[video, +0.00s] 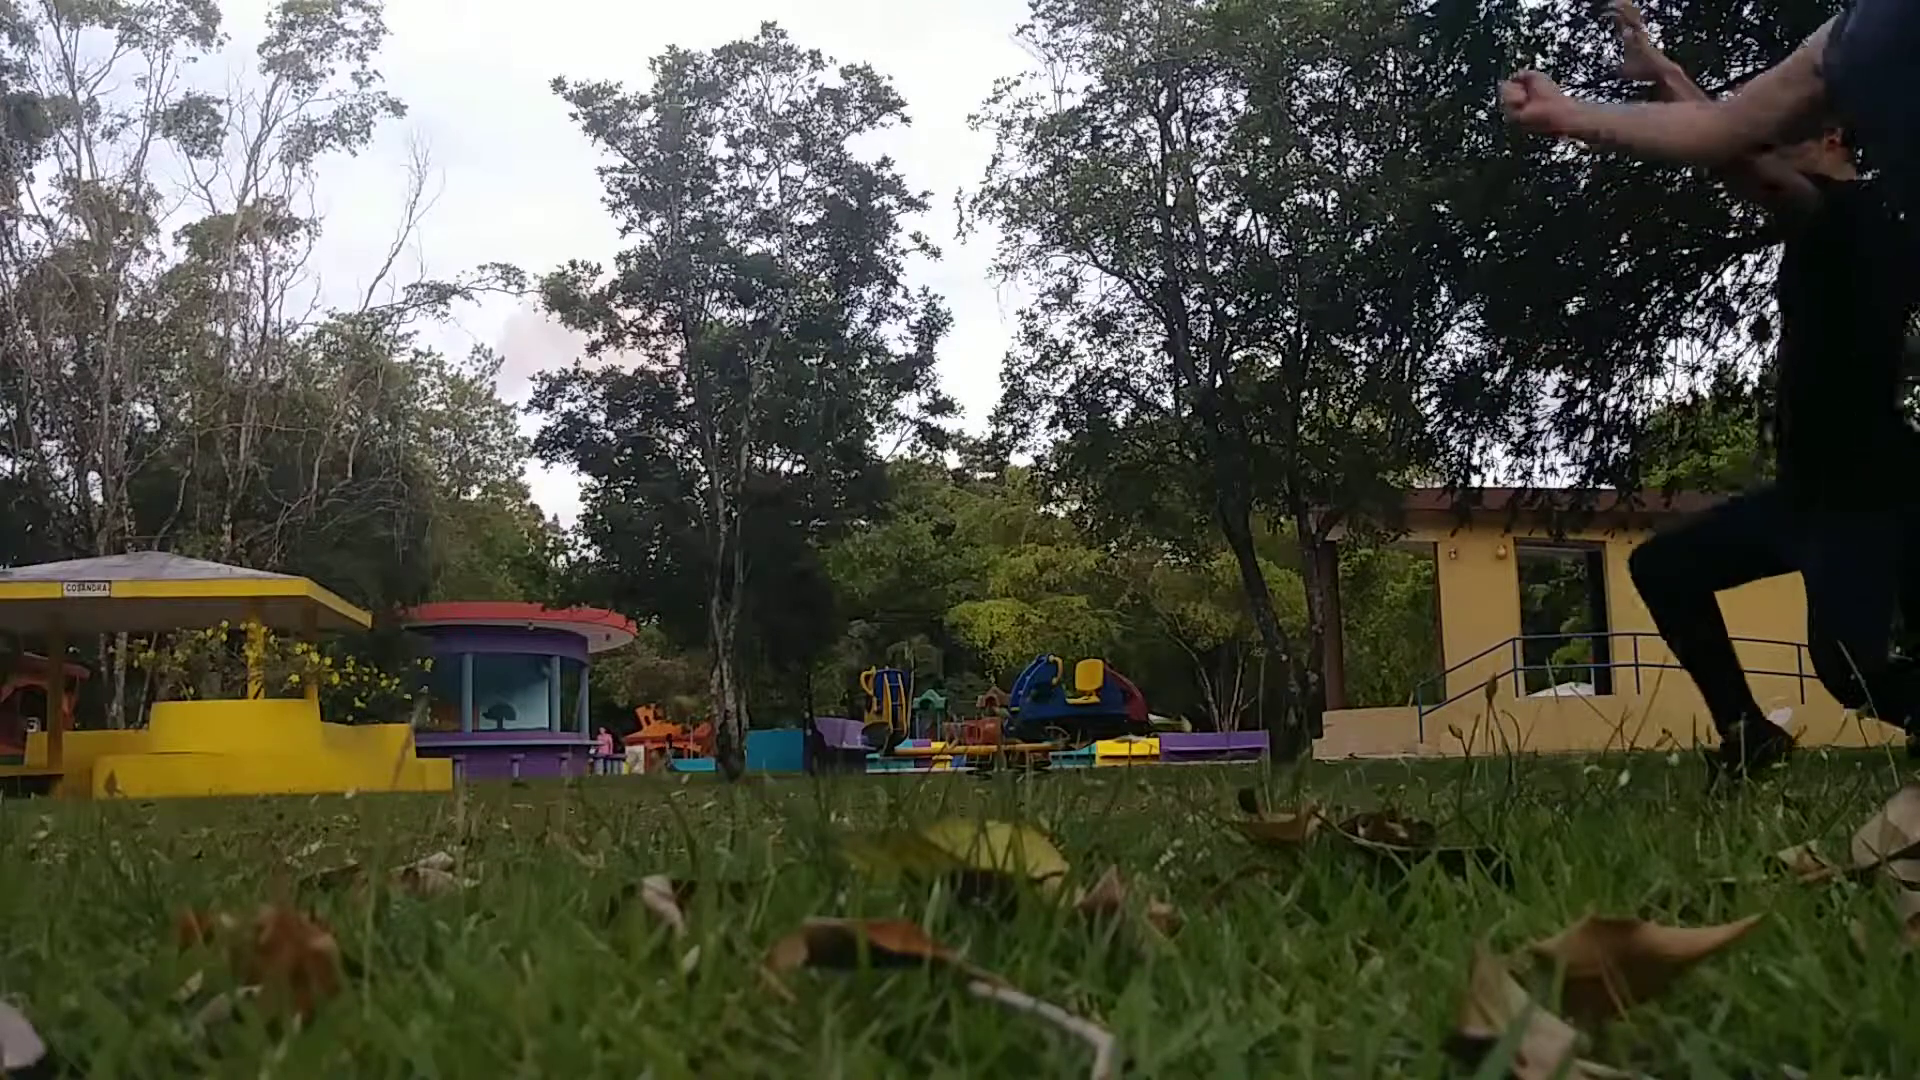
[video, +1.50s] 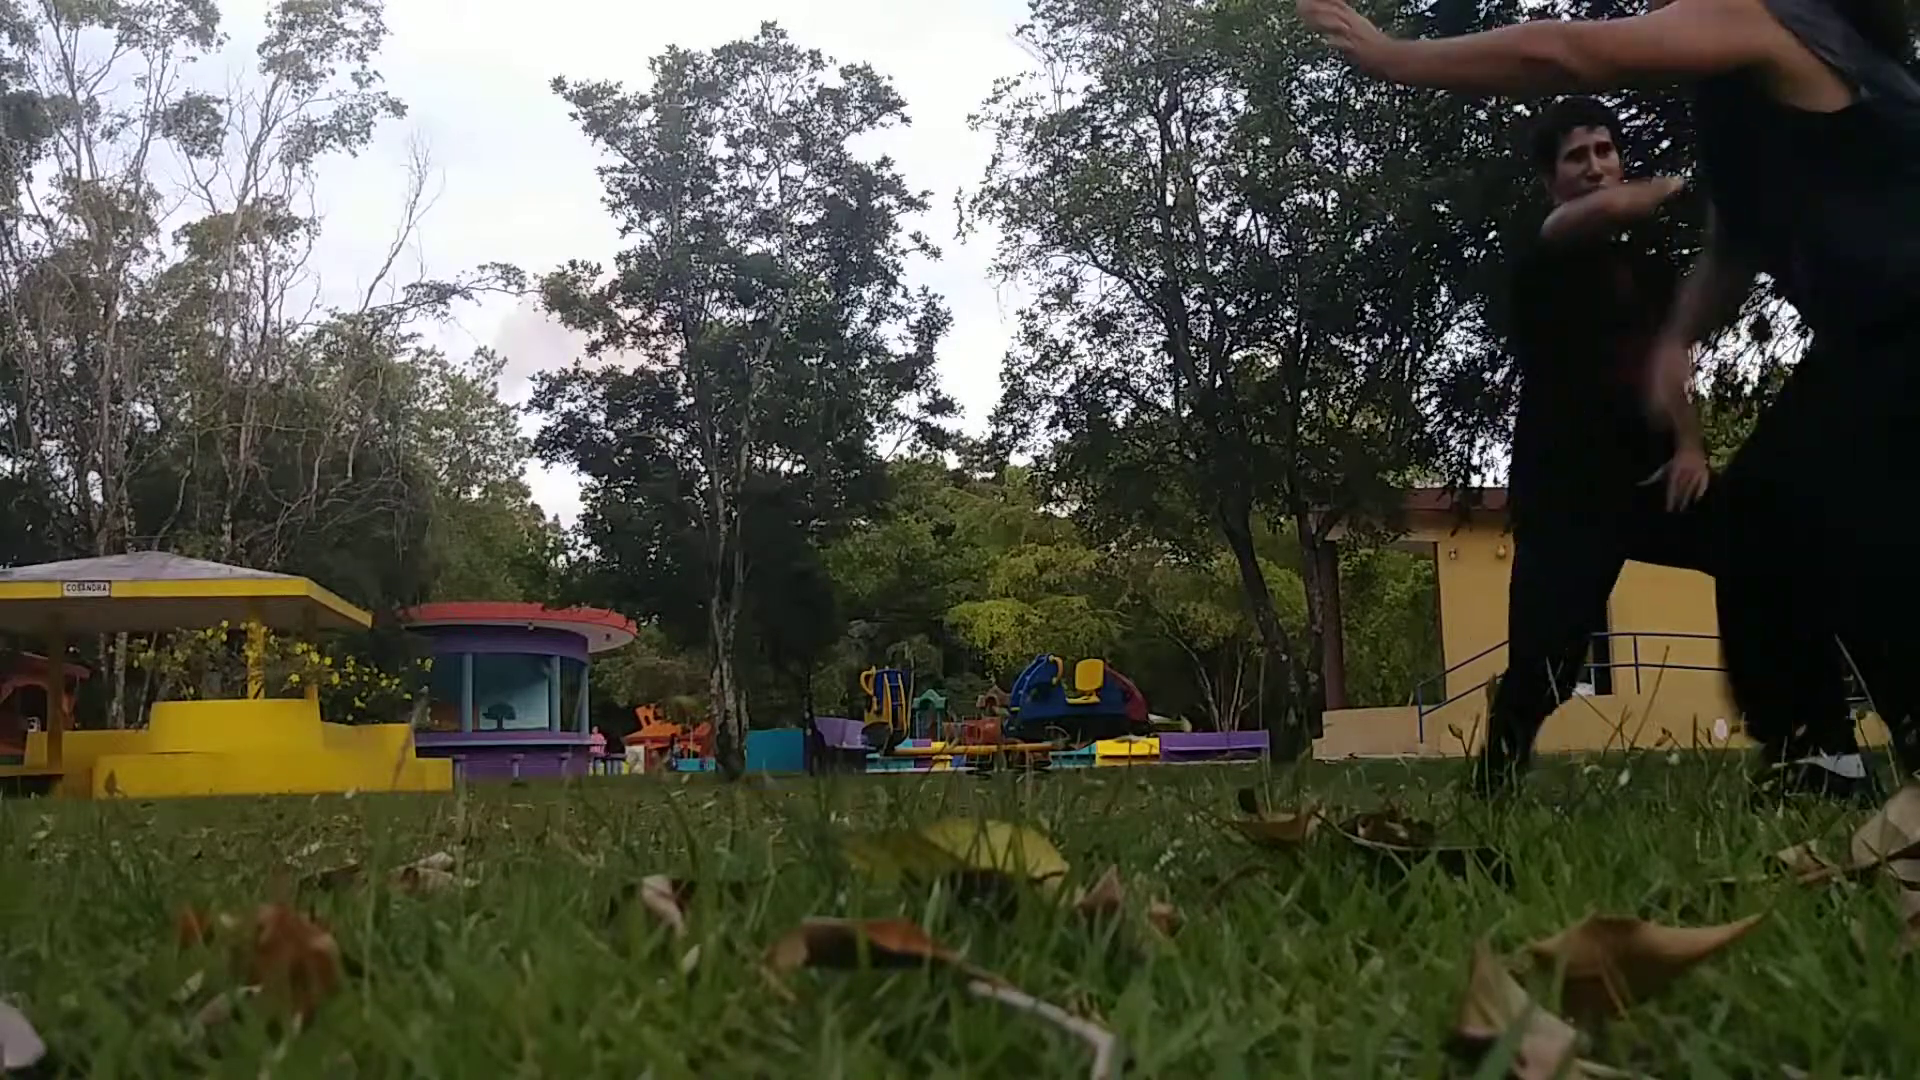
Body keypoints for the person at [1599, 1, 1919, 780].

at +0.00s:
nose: (1782, 166)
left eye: (1796, 147)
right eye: (1782, 151)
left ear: (1835, 145)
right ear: (1817, 153)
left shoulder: (1861, 218)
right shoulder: (1819, 216)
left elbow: (1744, 160)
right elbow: (1737, 142)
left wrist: (1660, 73)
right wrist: (1666, 76)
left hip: (1869, 497)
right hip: (1802, 492)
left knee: (1853, 668)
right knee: (1662, 567)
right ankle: (1746, 732)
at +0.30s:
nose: (1707, 137)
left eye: (1720, 120)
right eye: (1694, 125)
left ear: (1760, 126)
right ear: (1684, 142)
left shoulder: (1818, 208)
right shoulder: (1699, 229)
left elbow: (1849, 307)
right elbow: (1606, 275)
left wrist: (1767, 392)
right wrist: (1701, 197)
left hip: (1842, 466)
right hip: (1755, 466)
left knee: (1874, 641)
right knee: (1605, 558)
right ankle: (1586, 739)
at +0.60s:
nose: (1629, 171)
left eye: (1639, 158)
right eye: (1612, 159)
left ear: (1651, 168)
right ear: (1574, 169)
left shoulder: (1673, 257)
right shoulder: (1552, 251)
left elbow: (1737, 366)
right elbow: (1555, 139)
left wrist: (1700, 425)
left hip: (1701, 481)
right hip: (1609, 492)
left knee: (1801, 562)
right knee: (1547, 661)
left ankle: (1824, 740)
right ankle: (1577, 775)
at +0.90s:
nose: (1619, 185)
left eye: (1627, 164)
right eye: (1599, 172)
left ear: (1648, 167)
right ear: (1573, 189)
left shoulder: (1698, 216)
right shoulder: (1574, 267)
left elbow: (1806, 256)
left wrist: (1696, 326)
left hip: (1751, 470)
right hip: (1652, 483)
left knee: (1853, 590)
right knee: (1520, 591)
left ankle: (1915, 724)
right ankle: (1556, 759)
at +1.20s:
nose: (1579, 272)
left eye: (1587, 255)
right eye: (1562, 266)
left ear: (1613, 262)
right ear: (1551, 287)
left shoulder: (1675, 308)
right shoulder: (1578, 356)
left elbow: (1784, 321)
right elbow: (1540, 443)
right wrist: (1611, 338)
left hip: (1755, 533)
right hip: (1668, 543)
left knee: (1799, 634)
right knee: (1513, 619)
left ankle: (1885, 756)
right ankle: (1547, 776)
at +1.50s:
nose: (1595, 164)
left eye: (1605, 150)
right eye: (1576, 156)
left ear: (1626, 163)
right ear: (1548, 179)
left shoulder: (1649, 266)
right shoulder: (1532, 259)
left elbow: (1671, 359)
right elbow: (1579, 220)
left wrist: (1691, 444)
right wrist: (1679, 191)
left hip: (1645, 479)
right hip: (1561, 486)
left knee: (1766, 539)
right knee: (1545, 658)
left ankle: (1814, 748)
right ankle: (1493, 784)